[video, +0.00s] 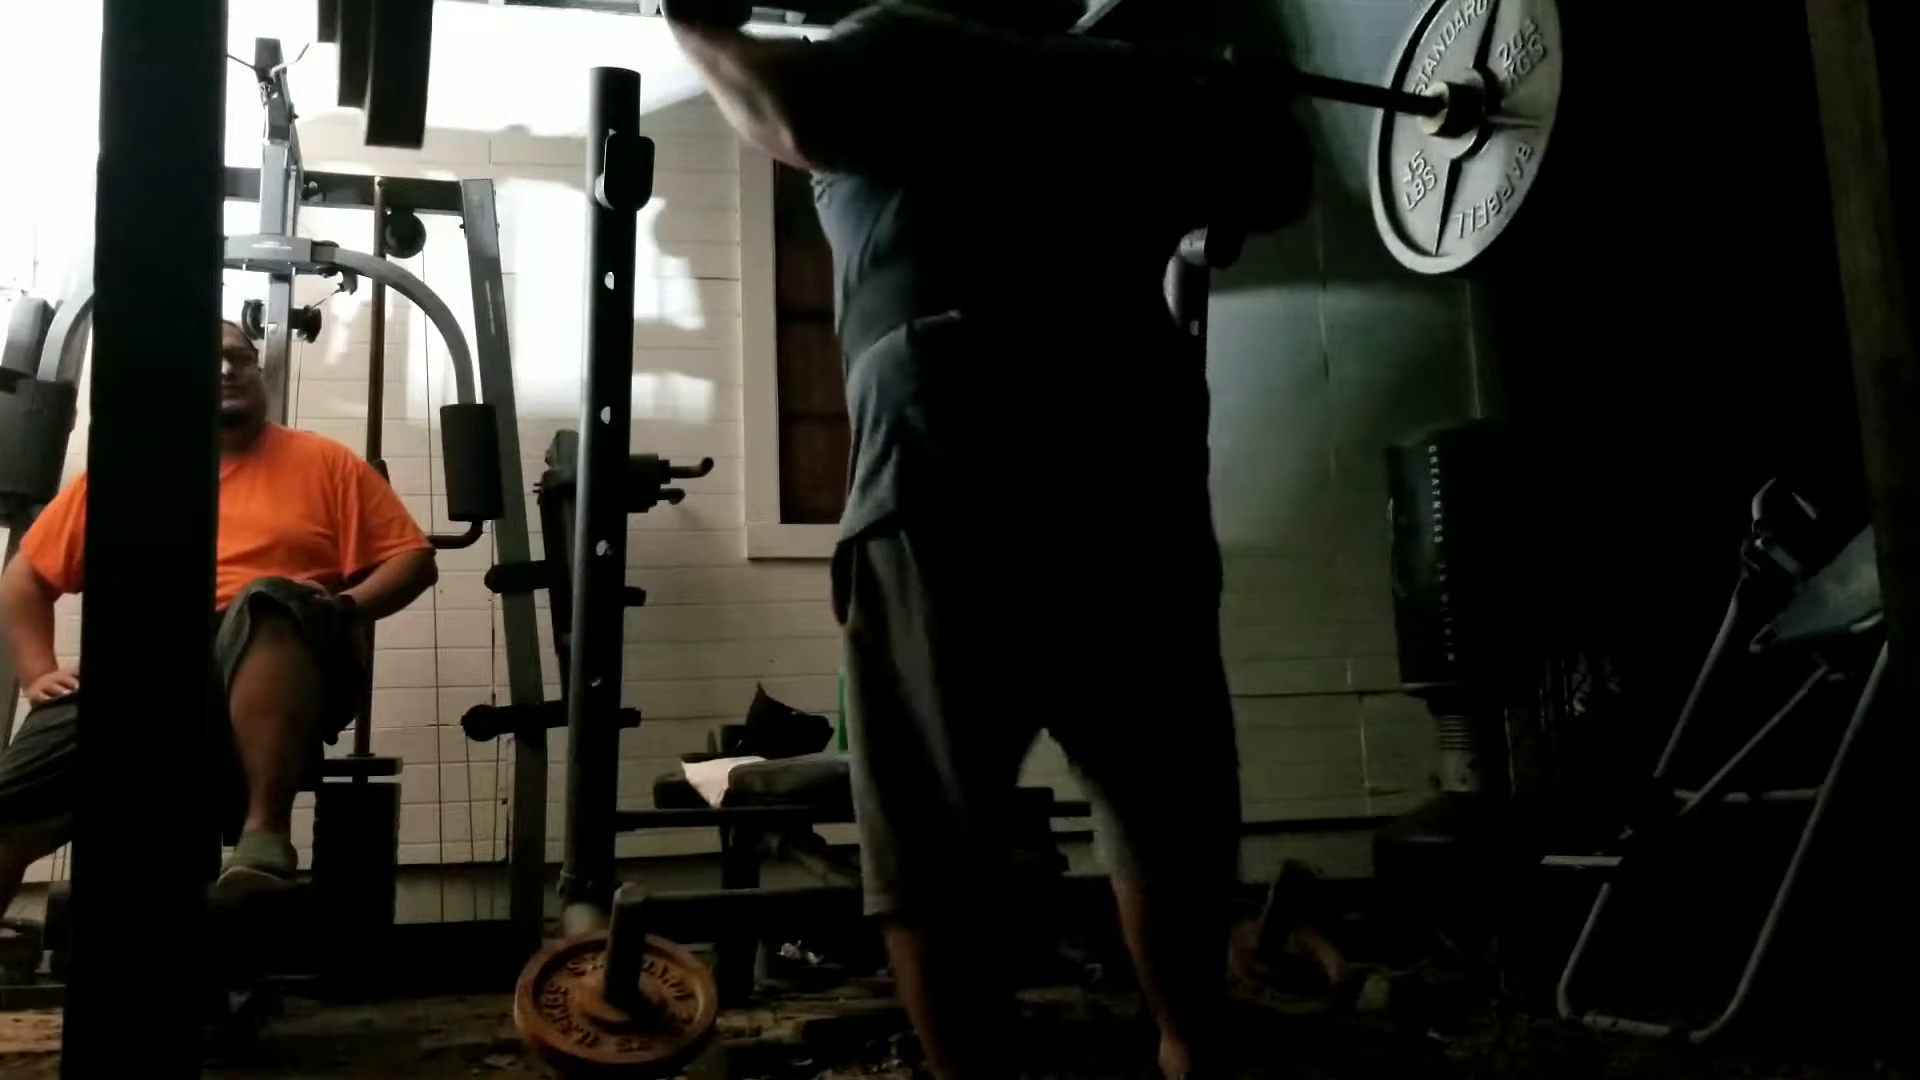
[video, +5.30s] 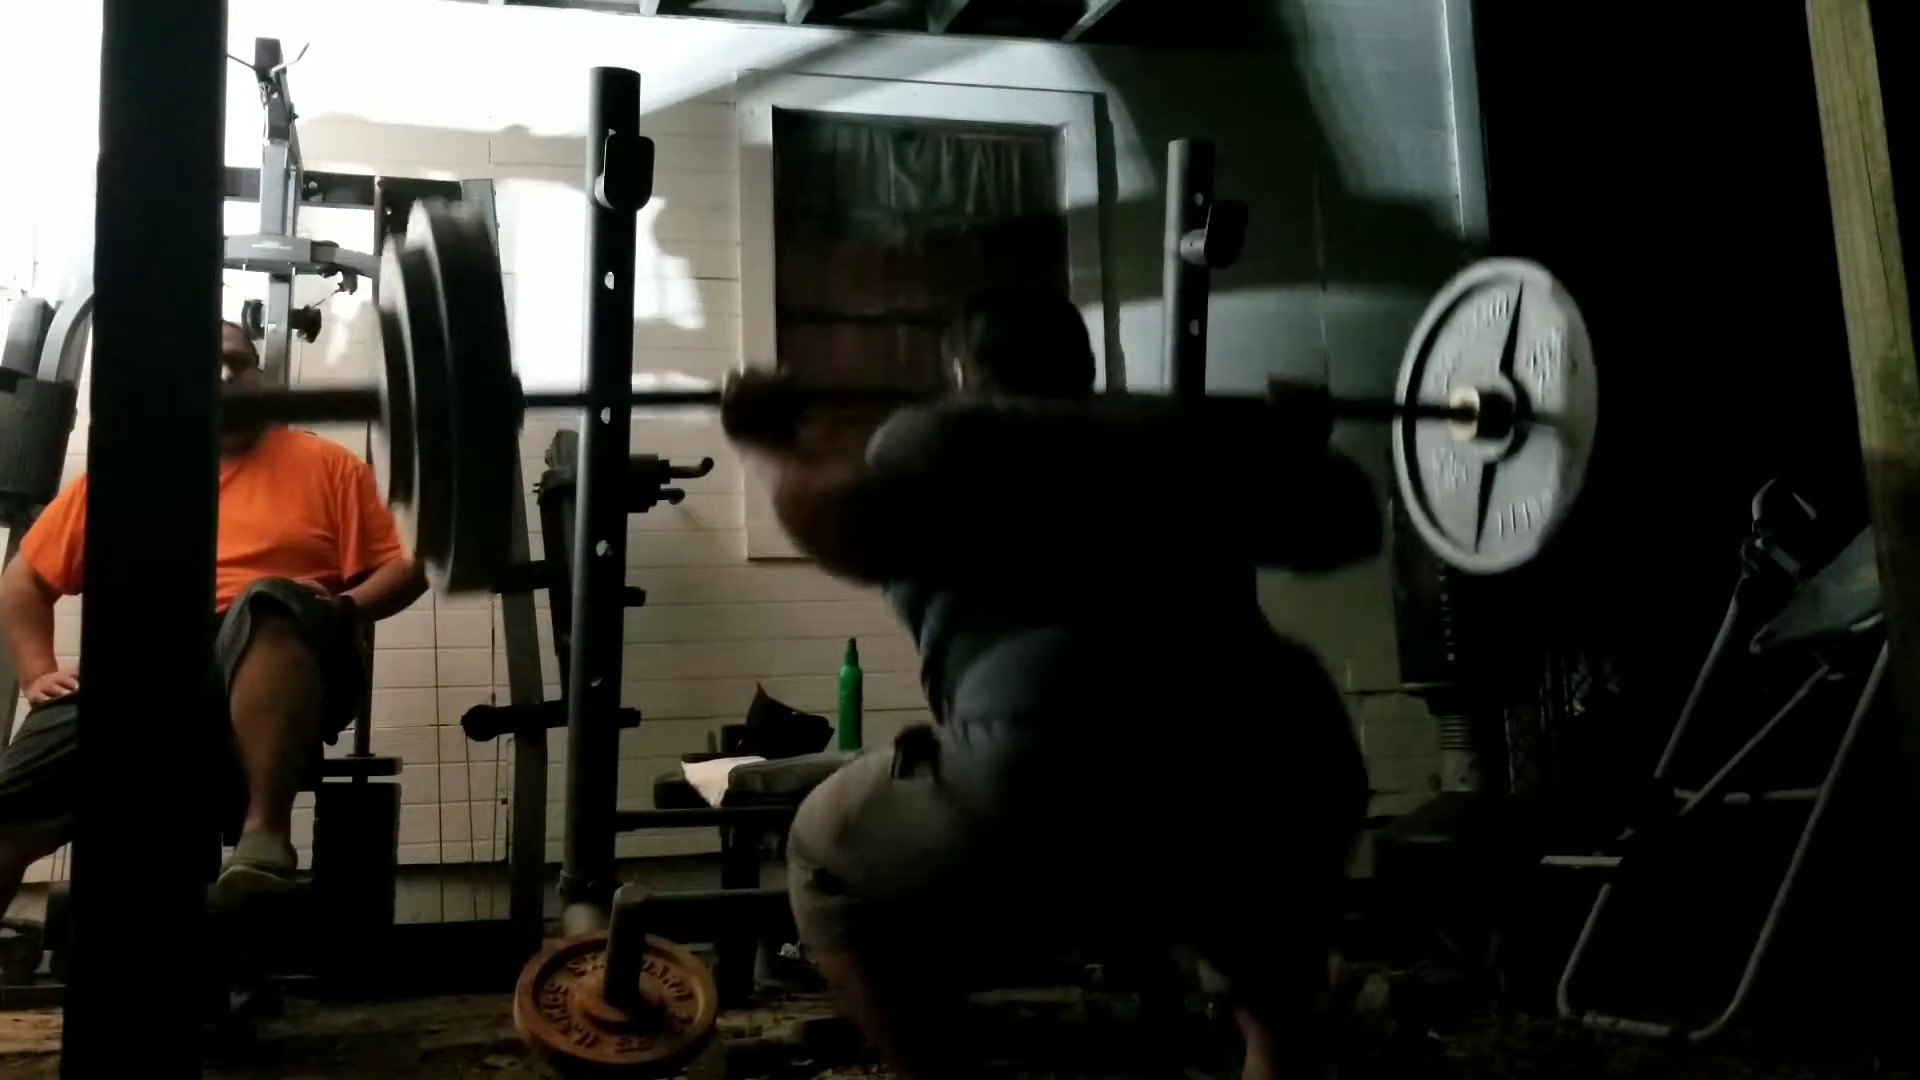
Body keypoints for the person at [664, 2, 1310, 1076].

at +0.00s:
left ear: (910, 2)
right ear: (1057, 2)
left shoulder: (887, 47)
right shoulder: (1128, 82)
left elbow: (797, 128)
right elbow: (1281, 172)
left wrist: (692, 21)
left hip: (943, 482)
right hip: (1136, 474)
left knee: (926, 822)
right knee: (1163, 794)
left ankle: (963, 1065)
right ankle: (1188, 1054)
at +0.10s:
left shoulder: (885, 45)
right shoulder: (1131, 76)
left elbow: (795, 126)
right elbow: (1281, 177)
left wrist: (691, 14)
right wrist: (1258, 69)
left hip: (947, 483)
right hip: (1144, 475)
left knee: (927, 837)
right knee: (1173, 810)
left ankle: (965, 1067)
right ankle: (1215, 1059)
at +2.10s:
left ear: (975, 115)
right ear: (1101, 111)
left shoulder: (943, 177)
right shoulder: (1193, 186)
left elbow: (849, 265)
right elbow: (1339, 271)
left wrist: (771, 173)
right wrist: (1322, 184)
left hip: (1023, 542)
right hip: (1233, 536)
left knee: (908, 841)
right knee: (1237, 833)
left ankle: (934, 1063)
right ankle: (1279, 1058)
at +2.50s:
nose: (974, 268)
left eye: (976, 255)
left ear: (989, 261)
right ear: (1113, 255)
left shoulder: (954, 324)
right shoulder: (1204, 321)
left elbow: (857, 404)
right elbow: (1364, 414)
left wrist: (773, 315)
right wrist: (1332, 318)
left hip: (1060, 655)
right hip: (1273, 643)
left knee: (887, 860)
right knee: (1258, 844)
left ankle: (929, 1062)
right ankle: (1282, 1056)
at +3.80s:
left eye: (961, 94)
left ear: (964, 103)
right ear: (1089, 98)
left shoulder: (935, 162)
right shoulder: (1181, 169)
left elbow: (836, 226)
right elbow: (1338, 246)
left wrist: (767, 149)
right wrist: (1300, 155)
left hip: (1018, 539)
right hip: (1222, 538)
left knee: (893, 865)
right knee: (1239, 839)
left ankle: (933, 1063)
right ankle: (1275, 1059)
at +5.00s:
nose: (950, 236)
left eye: (953, 223)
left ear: (966, 227)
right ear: (1091, 223)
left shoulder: (936, 292)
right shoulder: (1182, 292)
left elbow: (836, 368)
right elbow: (1344, 376)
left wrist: (773, 278)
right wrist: (1294, 282)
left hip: (1046, 615)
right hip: (1257, 607)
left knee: (872, 844)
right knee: (1234, 849)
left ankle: (930, 1061)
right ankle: (1277, 1058)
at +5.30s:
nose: (948, 385)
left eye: (952, 371)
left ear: (968, 374)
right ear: (1086, 368)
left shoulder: (934, 444)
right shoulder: (1179, 437)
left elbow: (855, 542)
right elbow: (1345, 525)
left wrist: (775, 451)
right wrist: (1300, 434)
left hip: (1039, 793)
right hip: (1256, 782)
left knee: (825, 853)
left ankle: (920, 1062)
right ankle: (1276, 1053)